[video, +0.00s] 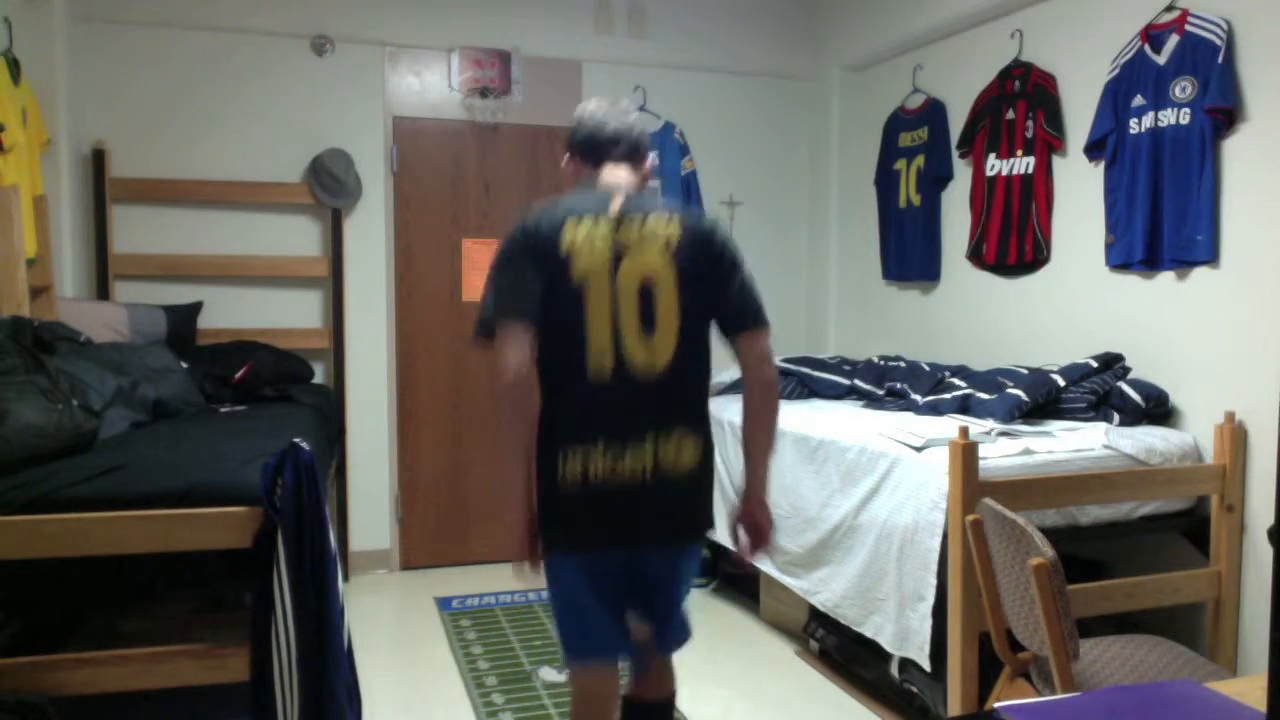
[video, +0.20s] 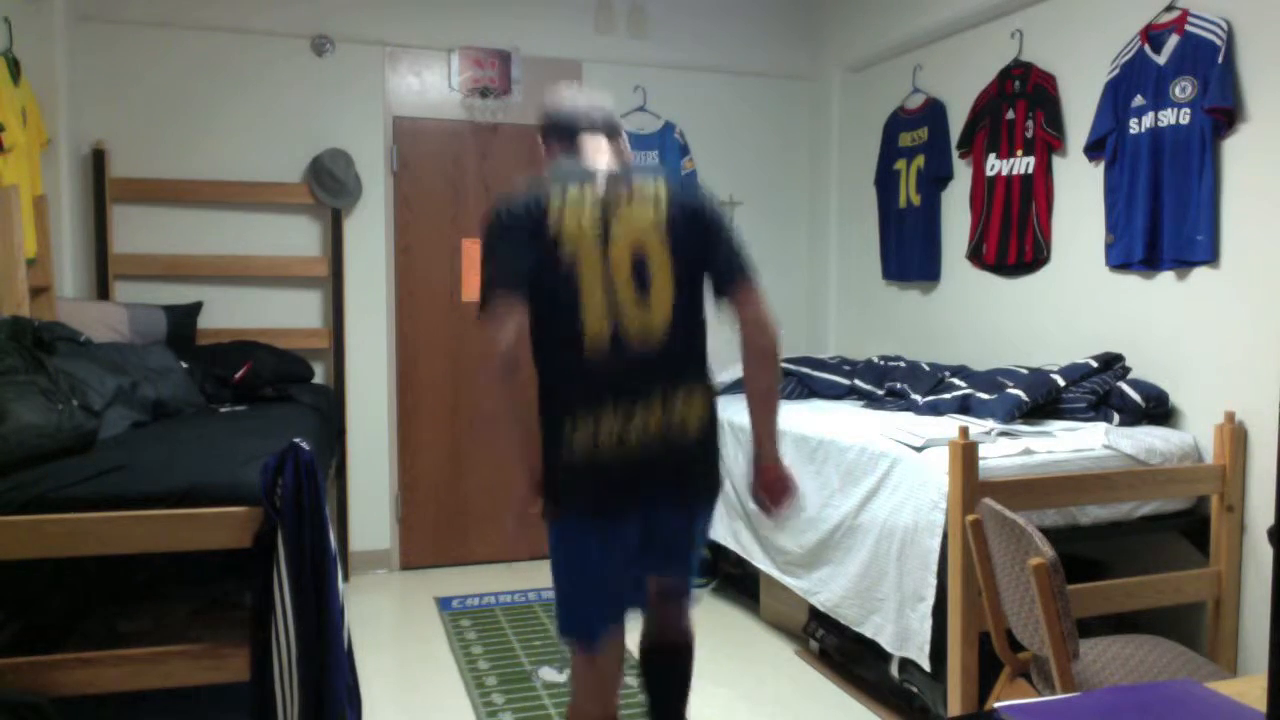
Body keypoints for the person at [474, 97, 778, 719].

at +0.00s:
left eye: (567, 162)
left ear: (570, 163)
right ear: (648, 165)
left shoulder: (538, 233)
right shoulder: (697, 234)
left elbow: (515, 373)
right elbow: (760, 369)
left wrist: (521, 504)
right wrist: (755, 491)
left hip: (578, 499)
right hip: (675, 495)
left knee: (593, 677)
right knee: (654, 656)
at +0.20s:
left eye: (544, 145)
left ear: (546, 144)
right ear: (621, 140)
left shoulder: (523, 215)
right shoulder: (683, 201)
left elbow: (506, 344)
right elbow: (757, 321)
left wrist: (530, 469)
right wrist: (767, 452)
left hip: (587, 466)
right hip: (683, 459)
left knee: (595, 656)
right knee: (670, 603)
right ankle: (668, 714)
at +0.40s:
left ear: (538, 159)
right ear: (608, 156)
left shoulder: (528, 216)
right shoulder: (671, 215)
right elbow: (754, 349)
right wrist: (756, 486)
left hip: (593, 499)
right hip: (685, 491)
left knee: (593, 694)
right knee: (684, 685)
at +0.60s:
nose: (546, 209)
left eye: (550, 199)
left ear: (560, 201)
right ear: (638, 203)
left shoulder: (533, 257)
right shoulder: (696, 268)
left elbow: (483, 389)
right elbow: (760, 408)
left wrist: (466, 525)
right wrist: (775, 560)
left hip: (587, 544)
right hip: (682, 537)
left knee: (597, 705)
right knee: (659, 672)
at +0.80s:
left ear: (583, 188)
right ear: (662, 190)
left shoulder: (538, 251)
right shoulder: (716, 251)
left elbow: (462, 388)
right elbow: (775, 398)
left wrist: (514, 420)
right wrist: (793, 551)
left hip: (601, 521)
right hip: (701, 512)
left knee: (610, 702)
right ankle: (589, 670)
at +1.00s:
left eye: (600, 162)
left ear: (602, 171)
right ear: (684, 169)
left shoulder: (557, 251)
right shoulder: (737, 250)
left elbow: (487, 394)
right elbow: (791, 397)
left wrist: (568, 377)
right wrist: (787, 519)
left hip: (612, 529)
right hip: (713, 522)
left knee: (624, 706)